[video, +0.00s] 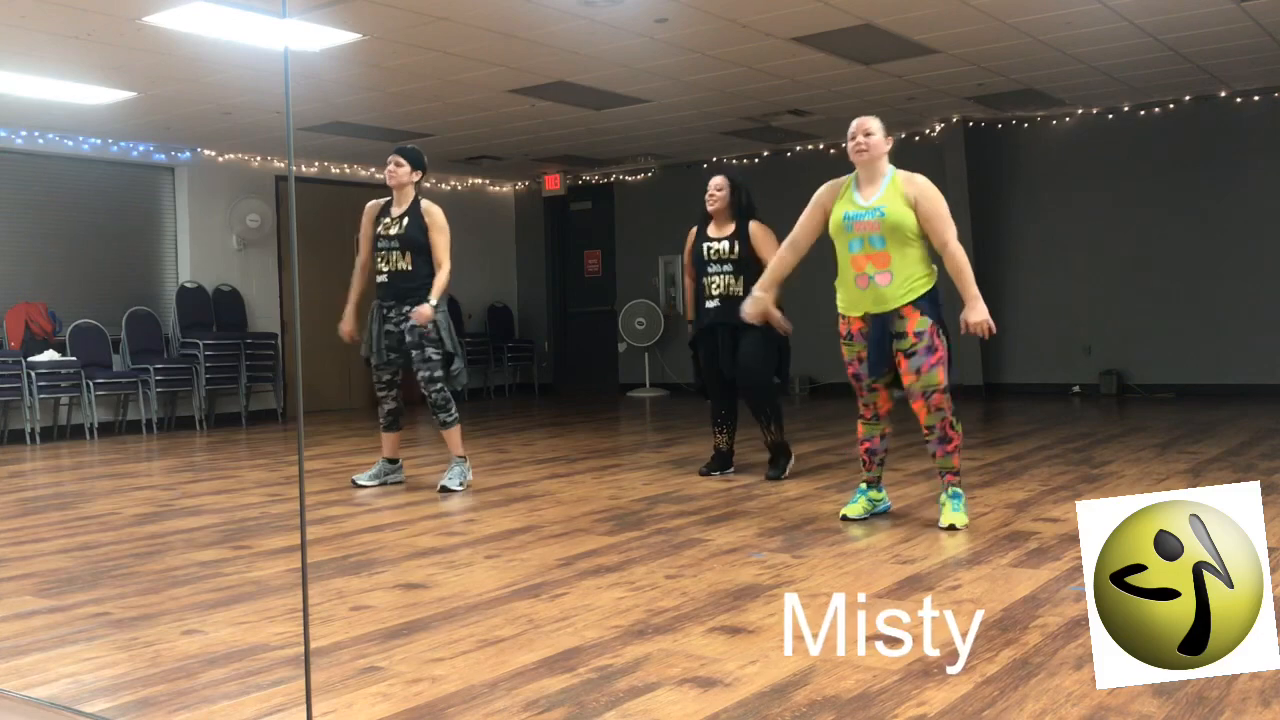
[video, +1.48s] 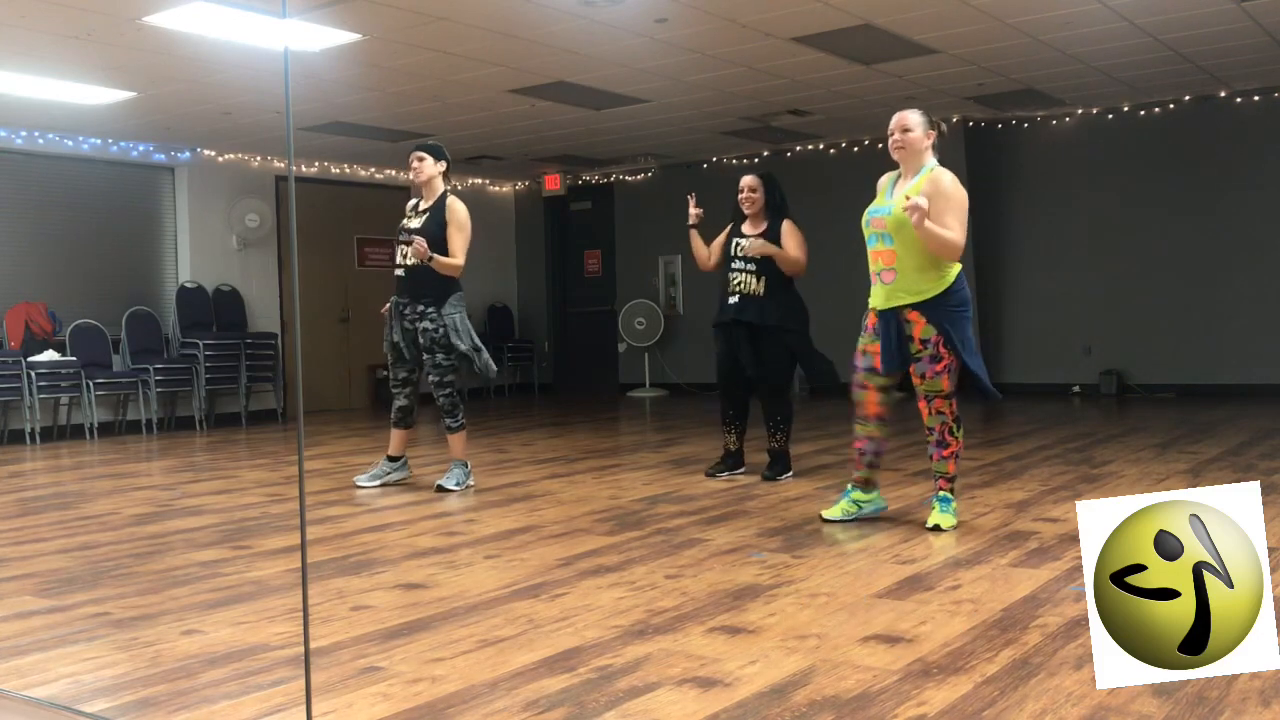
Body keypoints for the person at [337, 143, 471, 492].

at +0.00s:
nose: (389, 169)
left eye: (397, 165)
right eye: (388, 164)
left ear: (415, 174)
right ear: (386, 172)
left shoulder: (430, 212)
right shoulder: (374, 210)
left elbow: (443, 267)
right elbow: (363, 264)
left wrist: (431, 304)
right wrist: (350, 311)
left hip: (420, 311)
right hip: (384, 313)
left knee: (433, 385)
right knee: (386, 388)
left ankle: (459, 462)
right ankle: (390, 463)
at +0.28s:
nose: (400, 177)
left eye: (408, 172)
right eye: (399, 172)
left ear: (428, 179)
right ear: (399, 181)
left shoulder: (441, 210)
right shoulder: (401, 222)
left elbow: (445, 263)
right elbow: (411, 269)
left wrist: (413, 307)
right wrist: (404, 304)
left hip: (440, 313)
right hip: (406, 310)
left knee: (437, 387)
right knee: (365, 370)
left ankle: (459, 466)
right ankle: (382, 447)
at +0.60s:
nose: (395, 170)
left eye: (404, 165)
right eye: (394, 165)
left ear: (423, 173)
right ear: (393, 173)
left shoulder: (439, 211)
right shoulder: (384, 215)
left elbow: (468, 259)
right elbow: (379, 271)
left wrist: (471, 295)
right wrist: (339, 297)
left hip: (430, 313)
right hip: (392, 314)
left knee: (439, 387)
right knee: (394, 389)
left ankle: (459, 466)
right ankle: (400, 463)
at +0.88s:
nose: (395, 171)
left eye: (402, 166)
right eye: (393, 167)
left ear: (422, 172)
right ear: (392, 175)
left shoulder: (438, 217)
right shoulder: (382, 208)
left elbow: (455, 266)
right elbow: (363, 258)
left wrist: (460, 291)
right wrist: (330, 298)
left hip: (427, 311)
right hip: (389, 312)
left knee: (431, 382)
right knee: (388, 386)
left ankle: (460, 461)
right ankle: (400, 464)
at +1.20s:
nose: (407, 169)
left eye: (414, 164)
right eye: (405, 166)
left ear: (435, 170)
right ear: (405, 175)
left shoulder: (450, 208)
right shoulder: (408, 212)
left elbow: (455, 265)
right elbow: (406, 268)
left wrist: (429, 256)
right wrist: (378, 297)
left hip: (441, 312)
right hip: (407, 310)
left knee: (437, 384)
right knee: (373, 373)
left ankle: (460, 465)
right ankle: (388, 451)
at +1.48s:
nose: (413, 167)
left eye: (420, 161)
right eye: (411, 163)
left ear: (441, 167)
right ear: (410, 172)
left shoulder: (454, 207)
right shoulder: (413, 209)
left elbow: (457, 266)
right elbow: (411, 264)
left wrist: (429, 257)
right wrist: (396, 300)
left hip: (438, 308)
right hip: (405, 308)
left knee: (444, 386)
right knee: (401, 384)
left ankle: (460, 465)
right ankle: (395, 461)